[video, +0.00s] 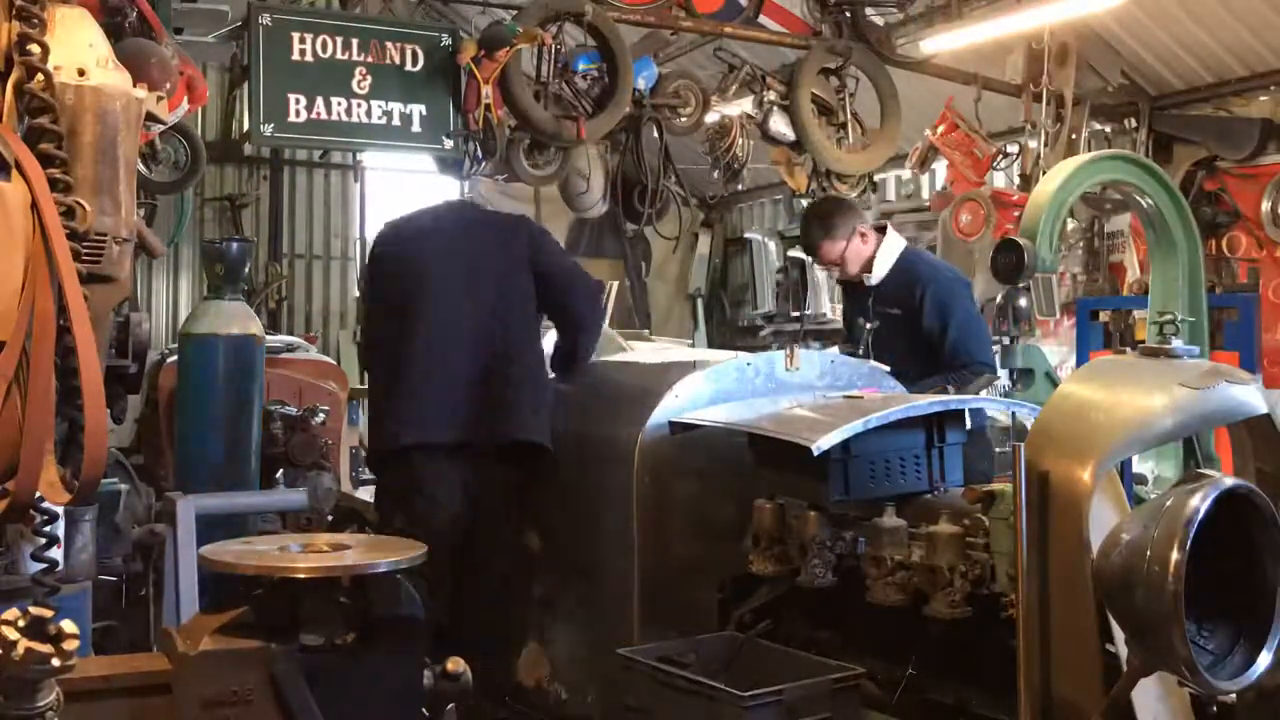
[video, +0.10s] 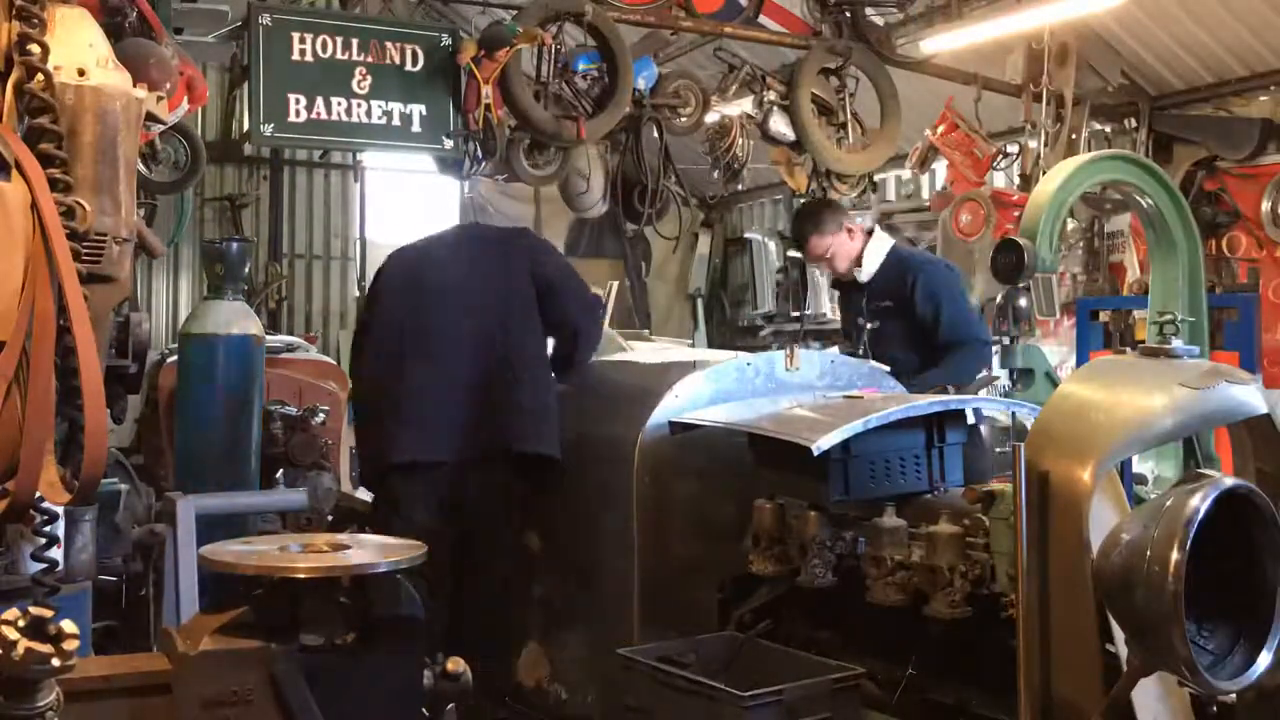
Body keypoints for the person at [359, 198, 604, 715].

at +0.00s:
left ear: (448, 200)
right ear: (493, 204)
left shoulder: (394, 236)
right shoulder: (520, 232)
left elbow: (372, 334)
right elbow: (584, 299)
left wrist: (387, 402)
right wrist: (561, 374)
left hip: (412, 429)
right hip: (507, 428)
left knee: (418, 569)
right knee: (497, 567)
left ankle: (424, 694)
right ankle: (492, 698)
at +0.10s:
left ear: (459, 223)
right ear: (515, 229)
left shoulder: (401, 259)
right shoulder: (526, 247)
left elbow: (363, 357)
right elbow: (583, 314)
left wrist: (370, 448)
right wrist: (560, 371)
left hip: (407, 433)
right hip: (502, 432)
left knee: (407, 568)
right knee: (495, 565)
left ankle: (407, 692)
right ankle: (492, 694)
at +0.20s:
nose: (599, 256)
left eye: (602, 250)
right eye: (600, 249)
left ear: (540, 220)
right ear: (585, 232)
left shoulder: (466, 253)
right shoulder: (578, 262)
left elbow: (427, 358)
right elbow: (595, 372)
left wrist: (419, 447)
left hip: (443, 452)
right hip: (526, 455)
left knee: (458, 578)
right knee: (511, 584)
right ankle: (498, 696)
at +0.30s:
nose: (584, 257)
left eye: (586, 249)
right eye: (586, 247)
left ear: (530, 220)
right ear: (572, 230)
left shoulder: (453, 264)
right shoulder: (558, 267)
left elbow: (416, 367)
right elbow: (573, 380)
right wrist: (600, 357)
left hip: (426, 471)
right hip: (511, 477)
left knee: (441, 615)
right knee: (507, 624)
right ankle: (503, 709)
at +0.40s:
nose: (587, 249)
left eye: (592, 238)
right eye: (589, 234)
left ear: (542, 208)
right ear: (560, 210)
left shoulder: (453, 261)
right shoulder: (546, 257)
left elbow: (416, 371)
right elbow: (564, 369)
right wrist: (596, 347)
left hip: (419, 473)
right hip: (501, 478)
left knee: (442, 618)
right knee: (504, 630)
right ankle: (504, 711)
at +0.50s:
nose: (543, 222)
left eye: (546, 216)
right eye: (544, 214)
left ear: (483, 194)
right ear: (527, 199)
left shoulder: (416, 253)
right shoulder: (520, 235)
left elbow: (407, 362)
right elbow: (566, 331)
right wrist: (607, 366)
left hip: (424, 456)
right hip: (508, 453)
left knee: (446, 600)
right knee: (513, 601)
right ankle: (508, 708)